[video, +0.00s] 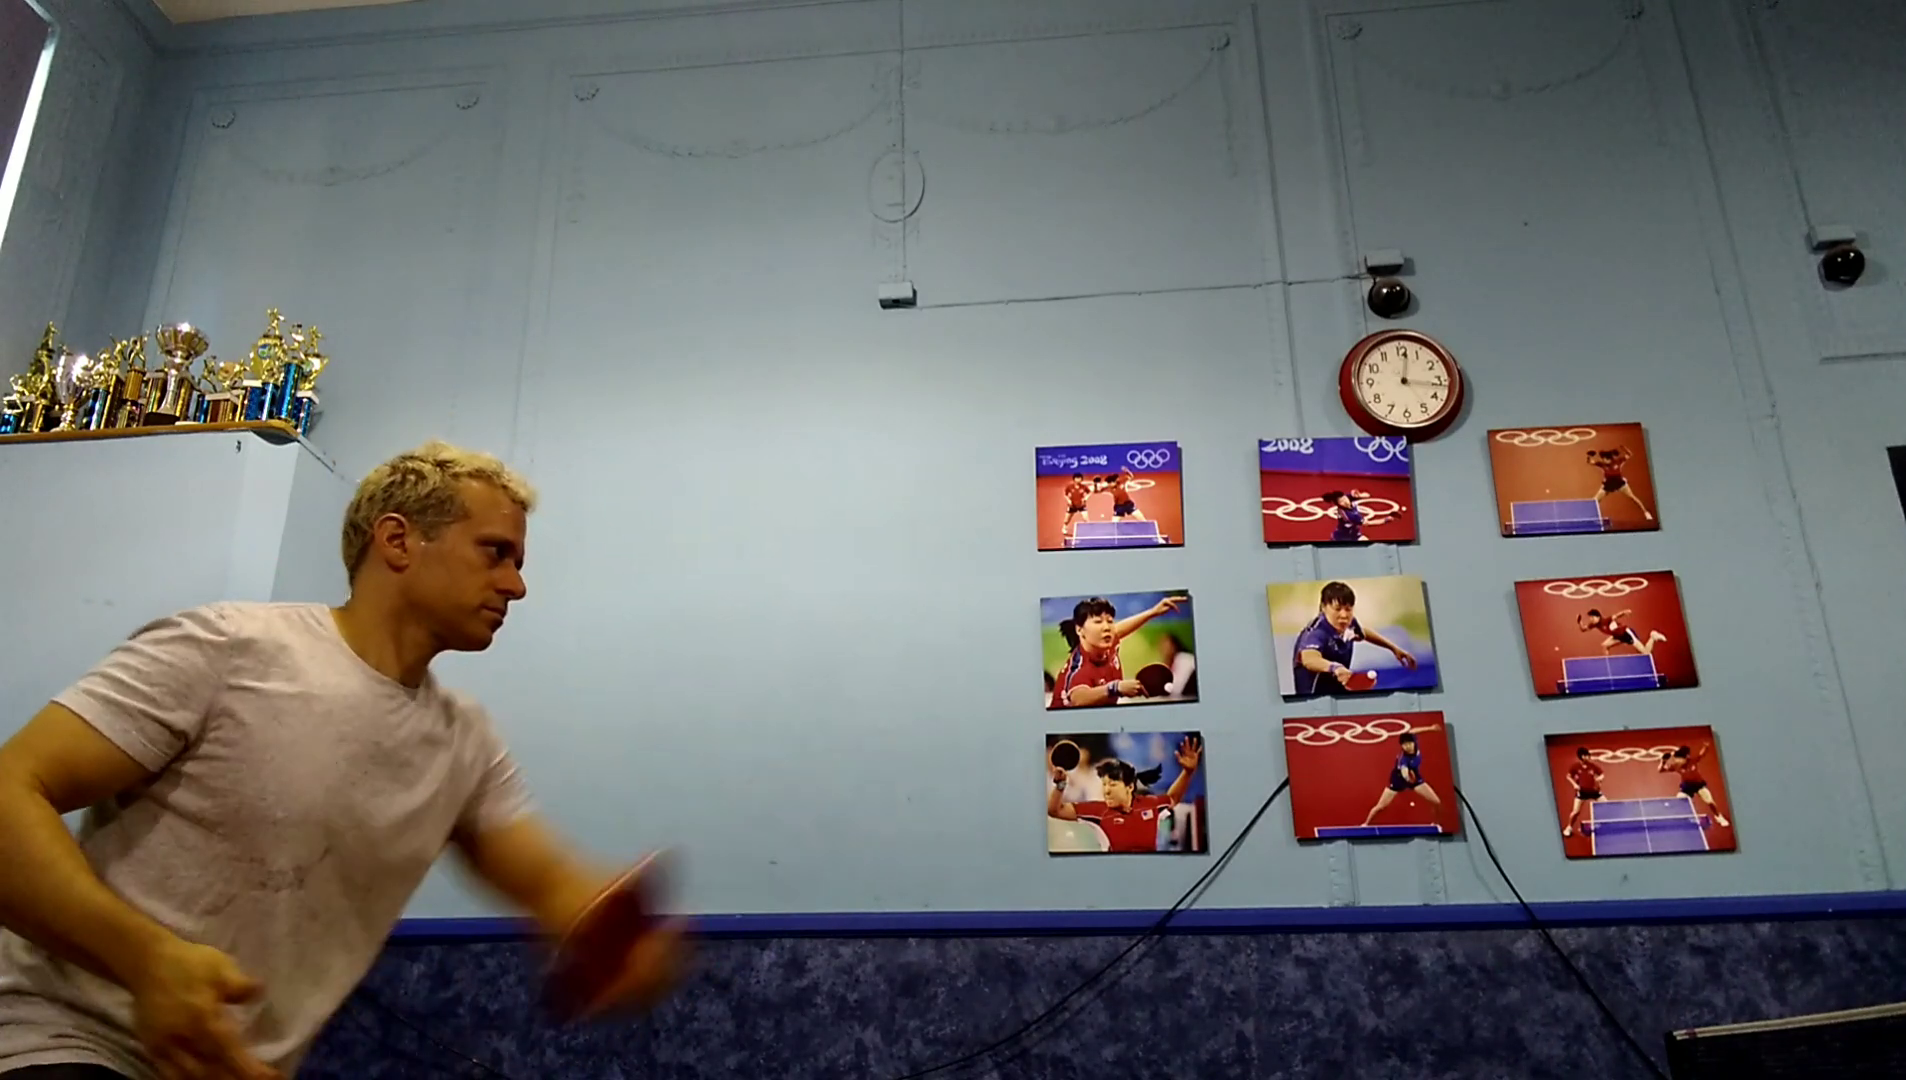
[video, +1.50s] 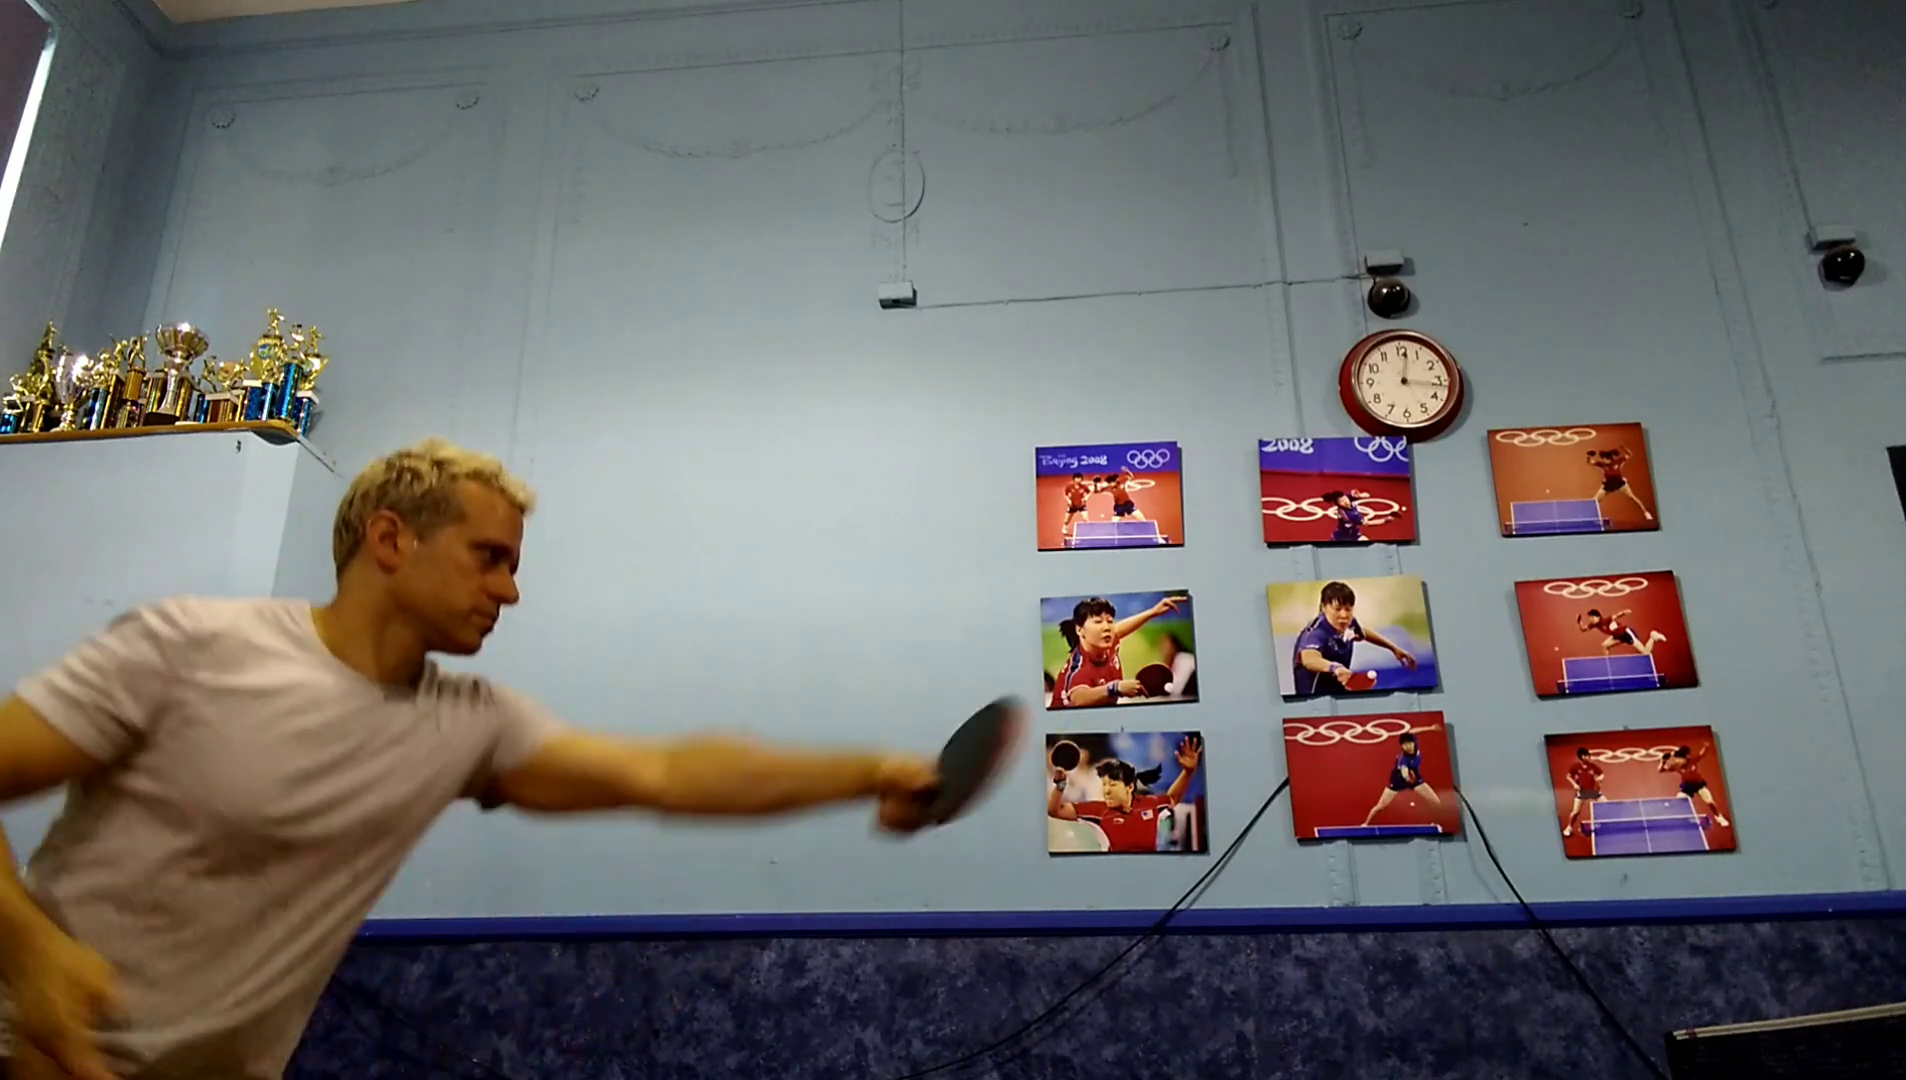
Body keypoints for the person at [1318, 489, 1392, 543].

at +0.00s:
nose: (1345, 502)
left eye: (1344, 499)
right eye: (1341, 502)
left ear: (1346, 497)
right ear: (1339, 505)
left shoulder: (1348, 498)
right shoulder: (1350, 515)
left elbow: (1367, 496)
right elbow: (1366, 523)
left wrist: (1360, 495)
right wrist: (1384, 520)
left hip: (1355, 535)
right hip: (1341, 538)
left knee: (1371, 547)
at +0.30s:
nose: (1344, 502)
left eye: (1344, 499)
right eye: (1341, 502)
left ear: (1346, 497)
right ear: (1339, 505)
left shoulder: (1348, 497)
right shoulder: (1350, 515)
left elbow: (1367, 495)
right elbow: (1366, 523)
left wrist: (1360, 495)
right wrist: (1384, 520)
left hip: (1355, 536)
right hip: (1341, 538)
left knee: (1371, 548)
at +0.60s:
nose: (1344, 502)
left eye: (1344, 499)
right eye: (1341, 502)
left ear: (1346, 497)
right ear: (1339, 505)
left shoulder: (1349, 498)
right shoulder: (1350, 515)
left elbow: (1367, 496)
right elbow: (1366, 523)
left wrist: (1360, 495)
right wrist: (1385, 520)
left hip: (1355, 536)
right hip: (1341, 538)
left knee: (1371, 547)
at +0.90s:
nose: (1344, 502)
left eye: (1344, 499)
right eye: (1341, 502)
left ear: (1346, 497)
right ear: (1339, 505)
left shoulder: (1348, 497)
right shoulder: (1350, 515)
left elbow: (1367, 495)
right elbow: (1366, 523)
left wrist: (1360, 495)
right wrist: (1384, 520)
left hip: (1355, 536)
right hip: (1341, 538)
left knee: (1371, 548)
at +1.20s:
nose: (1344, 502)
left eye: (1344, 499)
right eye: (1341, 502)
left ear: (1346, 497)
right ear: (1339, 505)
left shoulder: (1349, 498)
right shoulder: (1350, 515)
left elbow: (1367, 496)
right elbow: (1366, 523)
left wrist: (1360, 495)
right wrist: (1385, 520)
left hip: (1356, 536)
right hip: (1341, 538)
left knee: (1371, 548)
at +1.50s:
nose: (1344, 502)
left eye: (1344, 499)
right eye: (1341, 502)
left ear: (1346, 497)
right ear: (1339, 505)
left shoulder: (1349, 498)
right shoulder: (1350, 515)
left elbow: (1367, 496)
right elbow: (1366, 523)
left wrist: (1360, 495)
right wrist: (1385, 520)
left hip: (1355, 536)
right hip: (1341, 538)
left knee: (1371, 547)